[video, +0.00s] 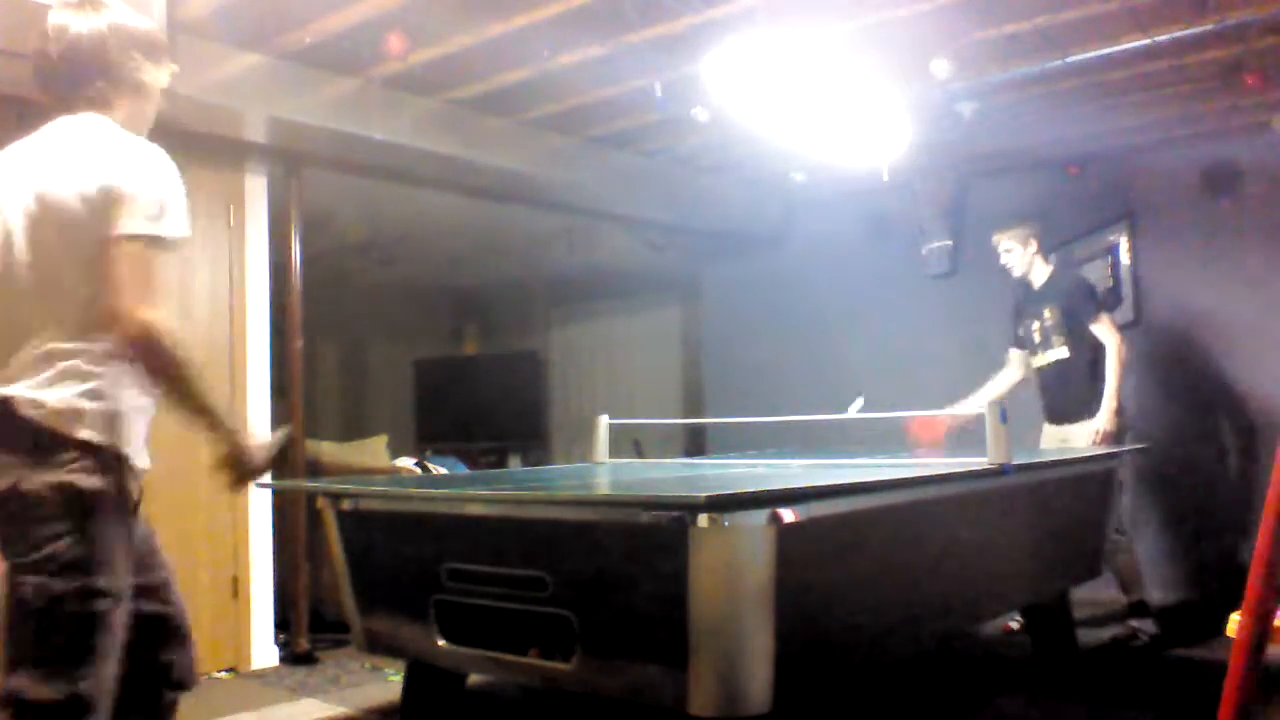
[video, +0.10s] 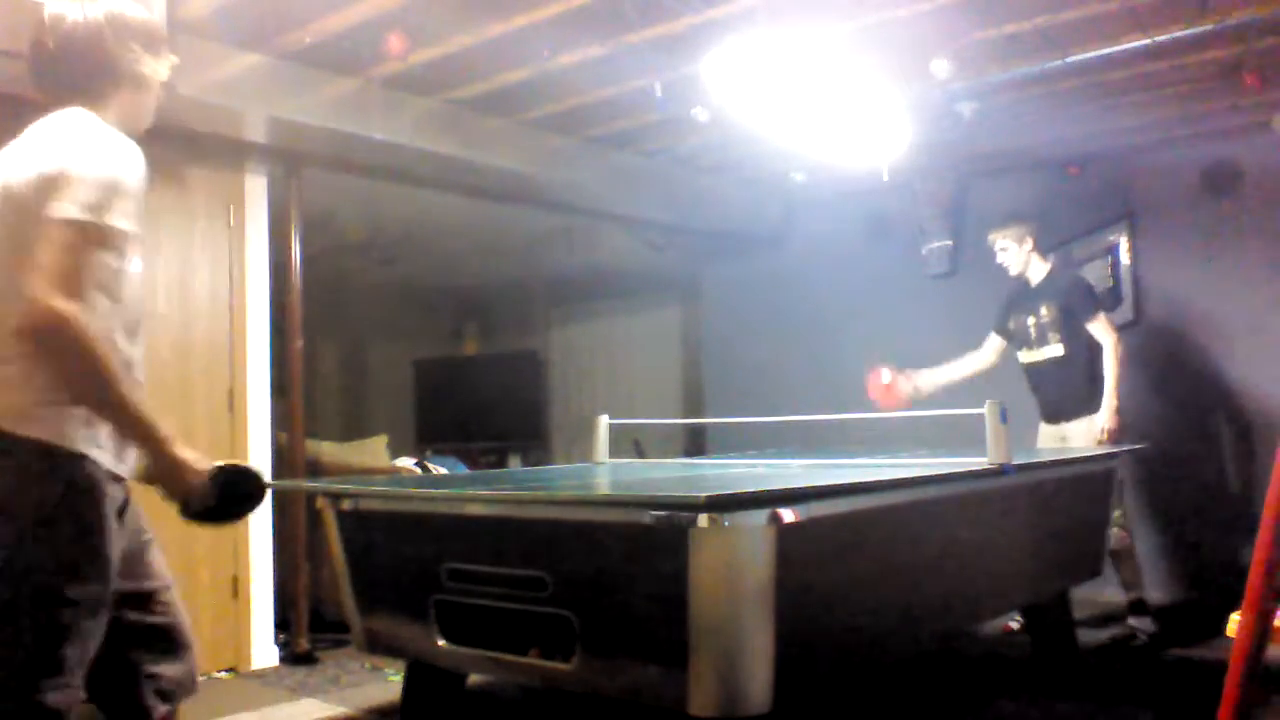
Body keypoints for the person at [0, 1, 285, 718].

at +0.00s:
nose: (167, 81)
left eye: (164, 62)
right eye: (158, 63)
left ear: (70, 73)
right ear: (126, 70)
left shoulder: (15, 160)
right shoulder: (134, 161)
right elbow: (134, 319)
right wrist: (231, 438)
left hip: (21, 459)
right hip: (72, 467)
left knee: (161, 657)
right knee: (61, 692)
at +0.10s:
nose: (170, 73)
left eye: (167, 54)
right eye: (160, 55)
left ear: (72, 66)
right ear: (126, 62)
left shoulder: (26, 149)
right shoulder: (103, 149)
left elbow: (35, 320)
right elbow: (51, 310)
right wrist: (170, 455)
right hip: (58, 466)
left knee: (158, 667)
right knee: (42, 684)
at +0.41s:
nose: (190, 62)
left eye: (185, 44)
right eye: (175, 41)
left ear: (127, 57)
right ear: (123, 50)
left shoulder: (109, 167)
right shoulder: (38, 142)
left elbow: (98, 362)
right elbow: (4, 347)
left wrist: (159, 471)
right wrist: (74, 459)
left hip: (102, 464)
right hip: (29, 471)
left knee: (194, 654)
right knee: (42, 687)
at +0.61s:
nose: (234, 112)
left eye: (237, 96)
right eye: (219, 92)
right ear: (174, 90)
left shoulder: (176, 207)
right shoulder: (100, 173)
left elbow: (163, 373)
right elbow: (25, 339)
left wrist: (231, 484)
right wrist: (99, 463)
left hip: (141, 482)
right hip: (64, 481)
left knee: (237, 666)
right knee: (56, 698)